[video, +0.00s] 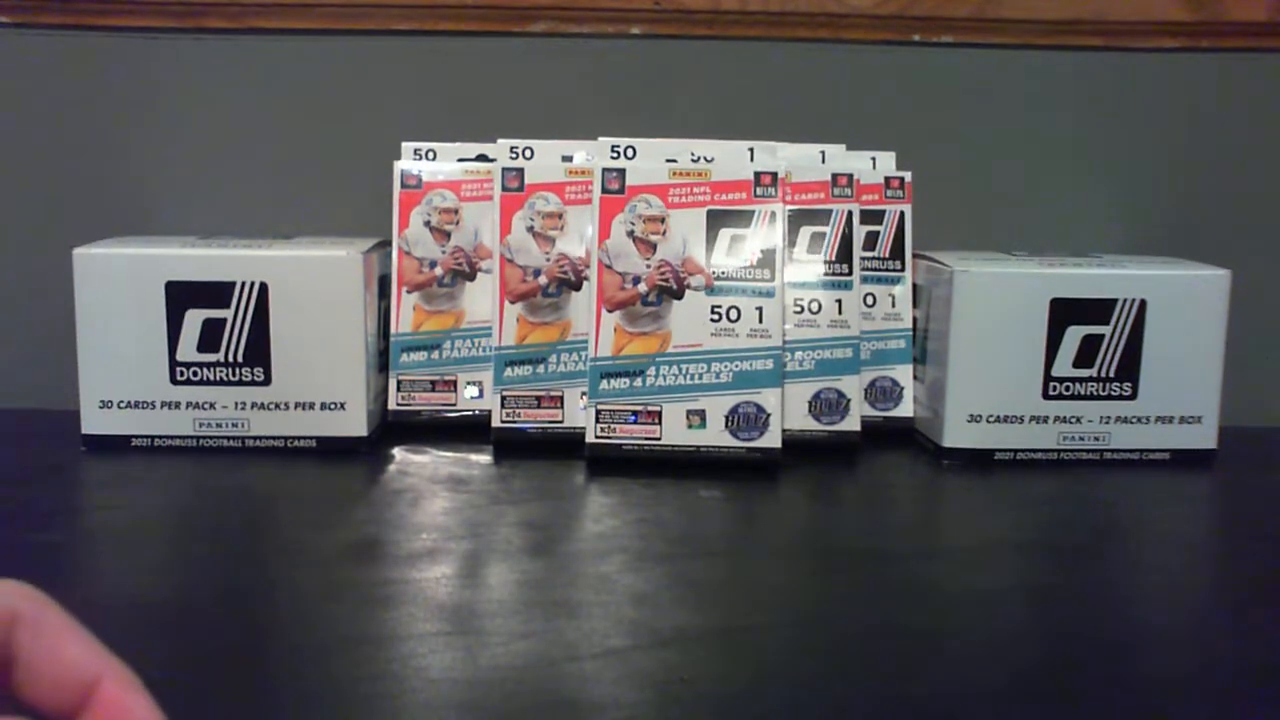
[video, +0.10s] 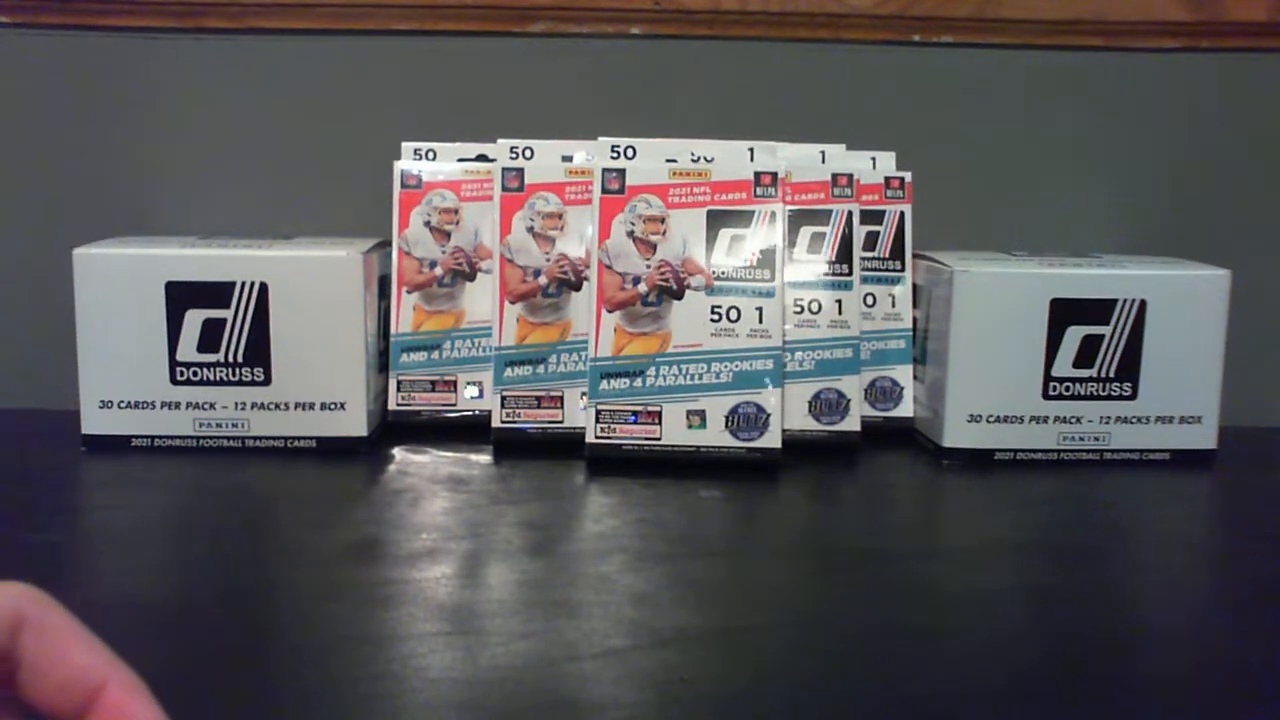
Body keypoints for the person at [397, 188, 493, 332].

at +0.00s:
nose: (451, 218)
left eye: (454, 213)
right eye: (445, 213)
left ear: (458, 214)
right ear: (430, 214)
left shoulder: (466, 235)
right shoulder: (413, 238)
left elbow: (492, 260)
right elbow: (410, 283)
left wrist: (473, 262)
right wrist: (441, 269)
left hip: (450, 312)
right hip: (422, 311)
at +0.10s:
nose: (451, 218)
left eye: (454, 213)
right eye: (445, 213)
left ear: (458, 214)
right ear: (430, 214)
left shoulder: (466, 235)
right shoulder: (413, 238)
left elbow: (493, 261)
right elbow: (410, 283)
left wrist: (473, 262)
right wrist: (441, 269)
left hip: (450, 312)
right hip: (422, 311)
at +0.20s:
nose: (451, 218)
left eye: (454, 213)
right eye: (445, 213)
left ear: (458, 214)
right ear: (430, 214)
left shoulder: (466, 235)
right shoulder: (413, 238)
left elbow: (493, 261)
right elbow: (410, 283)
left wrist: (473, 263)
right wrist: (441, 269)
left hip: (450, 312)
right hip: (422, 311)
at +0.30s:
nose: (451, 218)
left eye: (454, 213)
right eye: (445, 213)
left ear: (458, 214)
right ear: (430, 214)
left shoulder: (467, 235)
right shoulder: (413, 238)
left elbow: (494, 262)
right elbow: (410, 283)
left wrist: (472, 262)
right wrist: (441, 269)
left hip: (450, 313)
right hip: (422, 311)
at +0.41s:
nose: (451, 218)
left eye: (454, 213)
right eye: (445, 213)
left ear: (458, 214)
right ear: (430, 214)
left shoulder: (466, 235)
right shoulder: (413, 238)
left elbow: (494, 262)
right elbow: (410, 283)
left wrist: (472, 262)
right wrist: (441, 269)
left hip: (450, 312)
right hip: (422, 311)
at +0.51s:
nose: (451, 218)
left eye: (454, 213)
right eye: (445, 213)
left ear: (458, 214)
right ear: (430, 214)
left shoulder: (467, 235)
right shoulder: (412, 238)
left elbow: (494, 262)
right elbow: (410, 283)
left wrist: (475, 264)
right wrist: (440, 269)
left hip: (451, 312)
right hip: (422, 311)